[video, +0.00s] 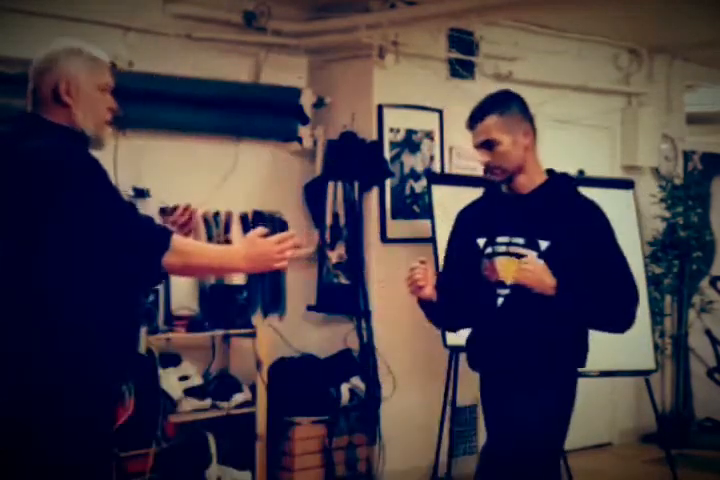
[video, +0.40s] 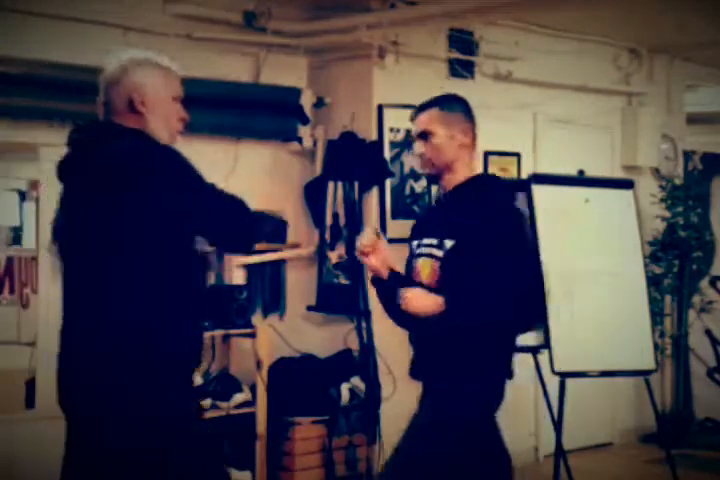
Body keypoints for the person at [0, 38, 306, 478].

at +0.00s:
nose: (114, 106)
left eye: (113, 93)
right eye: (105, 91)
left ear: (65, 95)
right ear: (67, 93)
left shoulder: (25, 150)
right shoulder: (62, 159)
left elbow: (92, 249)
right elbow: (142, 245)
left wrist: (163, 240)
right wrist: (241, 257)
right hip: (65, 382)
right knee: (80, 464)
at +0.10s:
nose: (119, 108)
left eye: (117, 95)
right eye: (111, 92)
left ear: (69, 94)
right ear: (72, 93)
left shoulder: (25, 147)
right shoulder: (66, 154)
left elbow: (100, 237)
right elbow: (157, 246)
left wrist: (164, 231)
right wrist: (245, 257)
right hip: (80, 374)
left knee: (43, 463)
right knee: (84, 464)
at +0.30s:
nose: (152, 112)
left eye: (150, 99)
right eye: (144, 97)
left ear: (105, 101)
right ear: (107, 99)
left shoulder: (54, 158)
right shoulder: (120, 163)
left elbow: (109, 262)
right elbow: (211, 230)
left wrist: (186, 282)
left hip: (68, 367)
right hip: (125, 372)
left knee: (73, 466)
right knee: (135, 469)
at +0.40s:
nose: (185, 115)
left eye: (183, 103)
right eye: (177, 100)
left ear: (137, 104)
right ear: (140, 103)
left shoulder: (83, 170)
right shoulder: (156, 164)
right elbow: (231, 224)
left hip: (91, 376)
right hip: (150, 378)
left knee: (92, 469)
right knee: (163, 468)